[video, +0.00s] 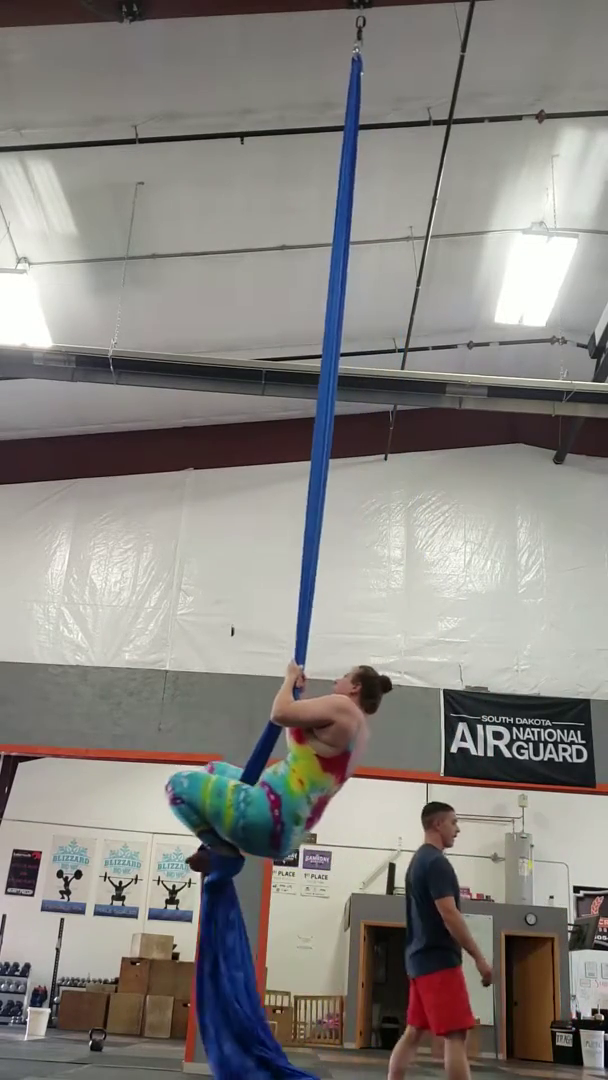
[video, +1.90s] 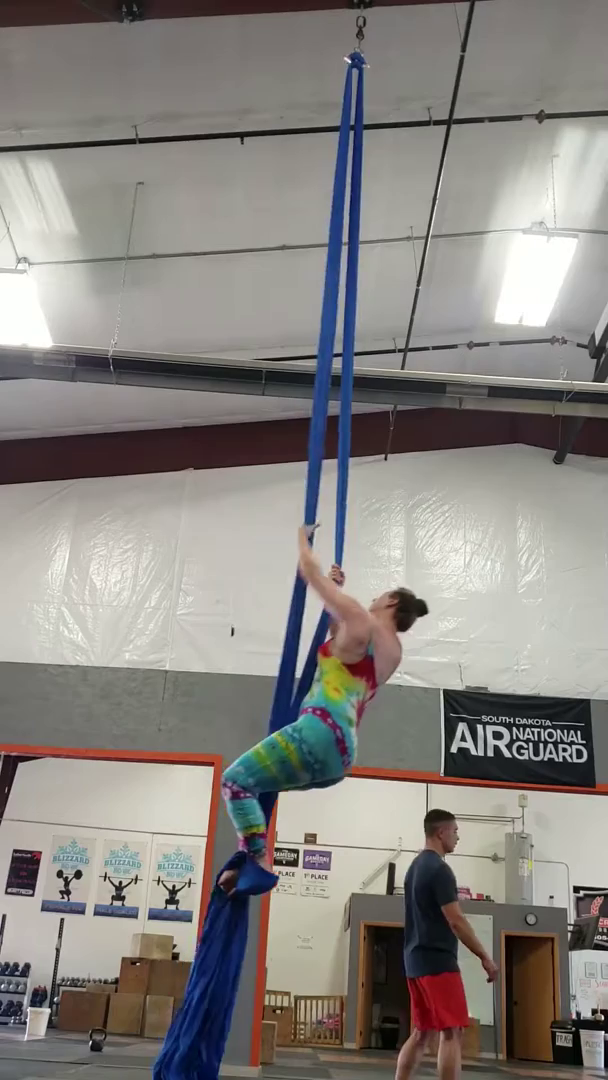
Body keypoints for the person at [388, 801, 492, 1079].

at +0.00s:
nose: (457, 829)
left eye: (456, 823)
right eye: (453, 822)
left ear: (433, 825)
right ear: (436, 824)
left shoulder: (419, 860)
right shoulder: (436, 861)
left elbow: (423, 917)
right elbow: (448, 914)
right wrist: (479, 958)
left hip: (419, 960)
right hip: (439, 962)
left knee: (413, 1034)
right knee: (456, 1036)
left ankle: (393, 1076)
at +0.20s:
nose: (438, 830)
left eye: (438, 824)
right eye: (435, 823)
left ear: (413, 825)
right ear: (418, 824)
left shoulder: (395, 860)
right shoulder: (420, 861)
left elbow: (396, 914)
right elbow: (428, 913)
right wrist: (446, 960)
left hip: (393, 959)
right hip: (418, 961)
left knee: (394, 1033)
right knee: (442, 1032)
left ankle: (384, 1077)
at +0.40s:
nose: (425, 828)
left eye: (425, 823)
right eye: (421, 822)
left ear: (401, 824)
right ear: (406, 823)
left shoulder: (385, 859)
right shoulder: (407, 858)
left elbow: (383, 913)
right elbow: (413, 910)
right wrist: (429, 956)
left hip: (382, 959)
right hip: (407, 959)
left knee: (386, 1032)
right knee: (430, 1030)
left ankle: (380, 1078)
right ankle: (441, 1076)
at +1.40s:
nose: (453, 836)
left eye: (453, 830)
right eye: (451, 830)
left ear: (426, 831)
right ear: (441, 831)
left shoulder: (406, 866)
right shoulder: (441, 866)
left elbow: (406, 918)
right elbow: (452, 919)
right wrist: (469, 964)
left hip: (403, 963)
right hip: (434, 964)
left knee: (406, 1032)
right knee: (448, 1035)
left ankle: (388, 1077)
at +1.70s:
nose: (461, 838)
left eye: (461, 833)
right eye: (461, 833)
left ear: (434, 832)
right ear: (455, 833)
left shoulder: (416, 866)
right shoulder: (452, 867)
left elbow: (416, 916)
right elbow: (467, 920)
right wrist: (484, 965)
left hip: (416, 960)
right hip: (443, 960)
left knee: (424, 1030)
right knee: (455, 1032)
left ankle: (396, 1076)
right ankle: (450, 1077)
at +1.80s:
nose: (461, 836)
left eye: (460, 831)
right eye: (459, 831)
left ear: (434, 832)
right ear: (449, 833)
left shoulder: (416, 867)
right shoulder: (447, 868)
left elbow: (422, 916)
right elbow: (464, 921)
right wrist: (487, 961)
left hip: (416, 962)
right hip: (441, 963)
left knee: (422, 1033)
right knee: (452, 1035)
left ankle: (402, 1077)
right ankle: (449, 1078)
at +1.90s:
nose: (457, 837)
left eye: (457, 831)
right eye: (454, 831)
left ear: (434, 833)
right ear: (441, 833)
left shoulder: (415, 867)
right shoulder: (439, 869)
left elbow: (418, 919)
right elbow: (456, 921)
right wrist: (485, 957)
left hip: (414, 962)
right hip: (437, 963)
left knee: (420, 1034)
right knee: (452, 1034)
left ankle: (400, 1077)